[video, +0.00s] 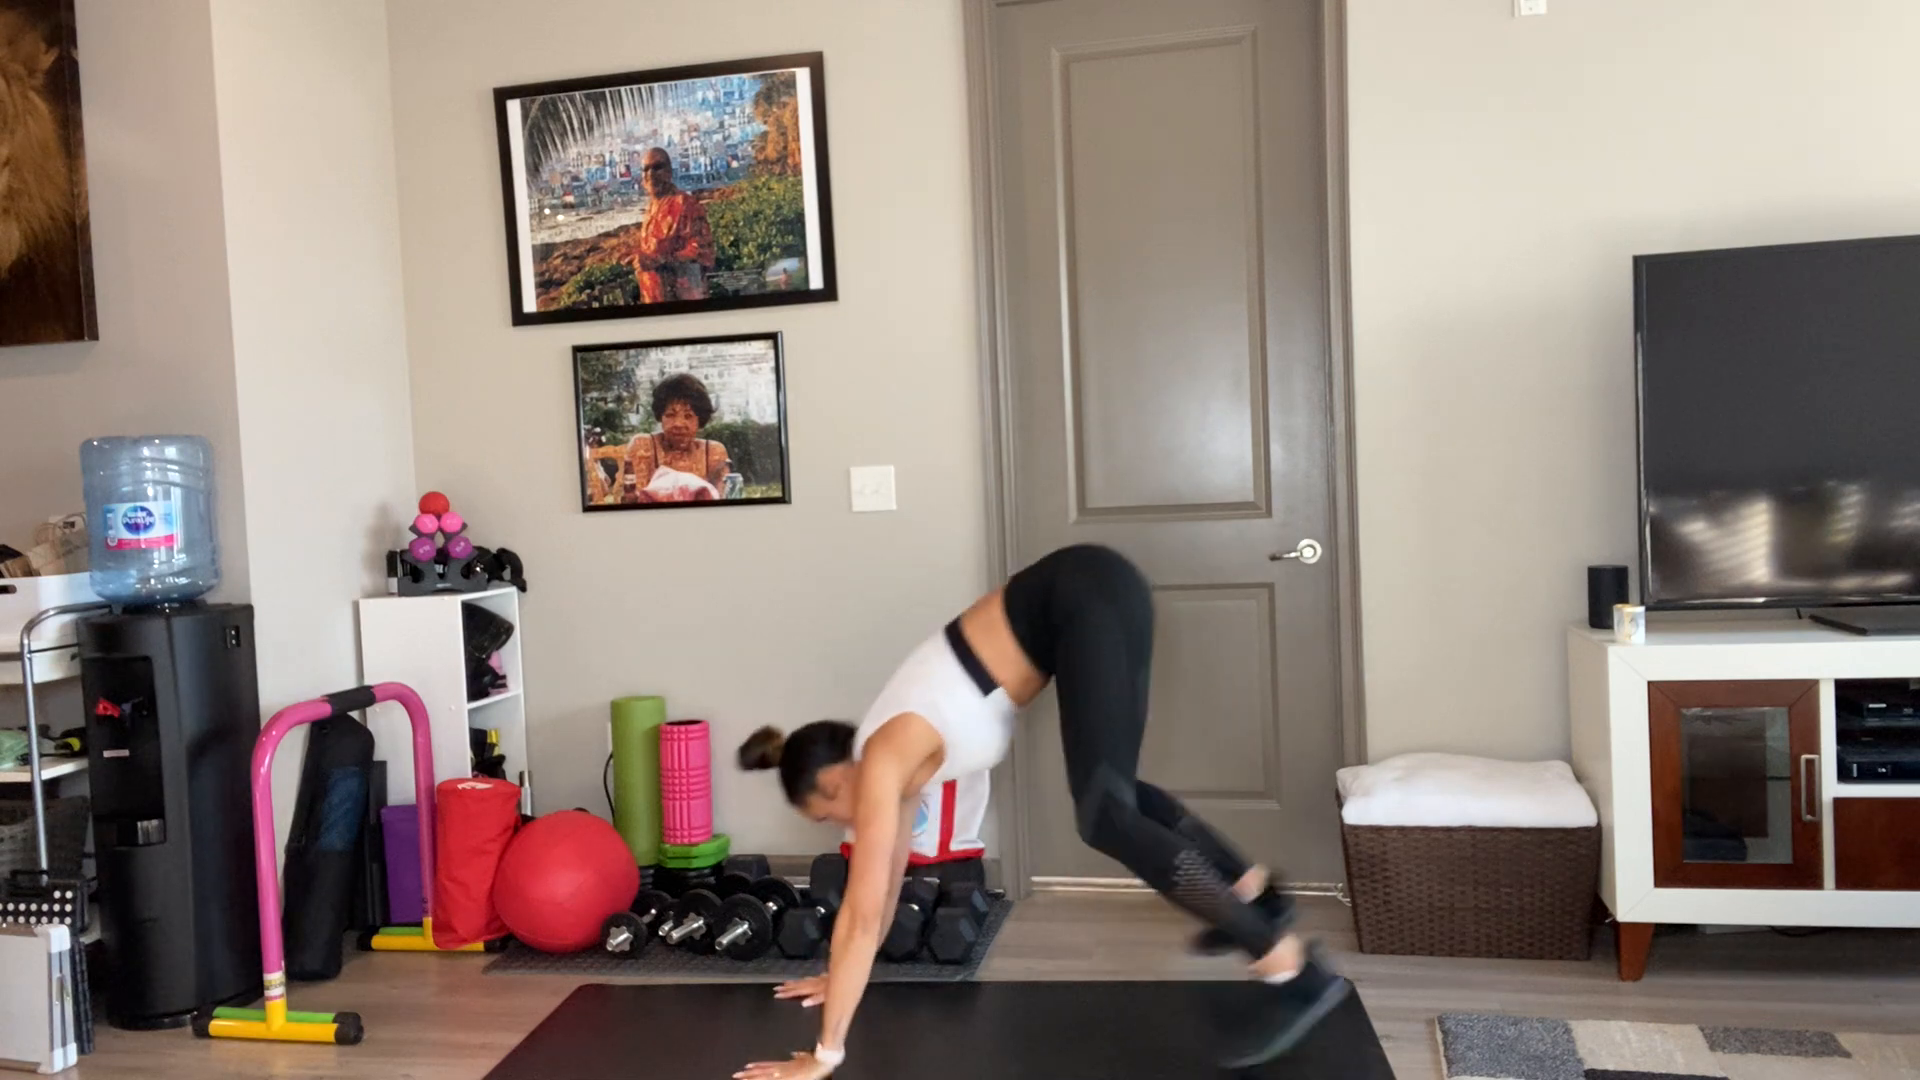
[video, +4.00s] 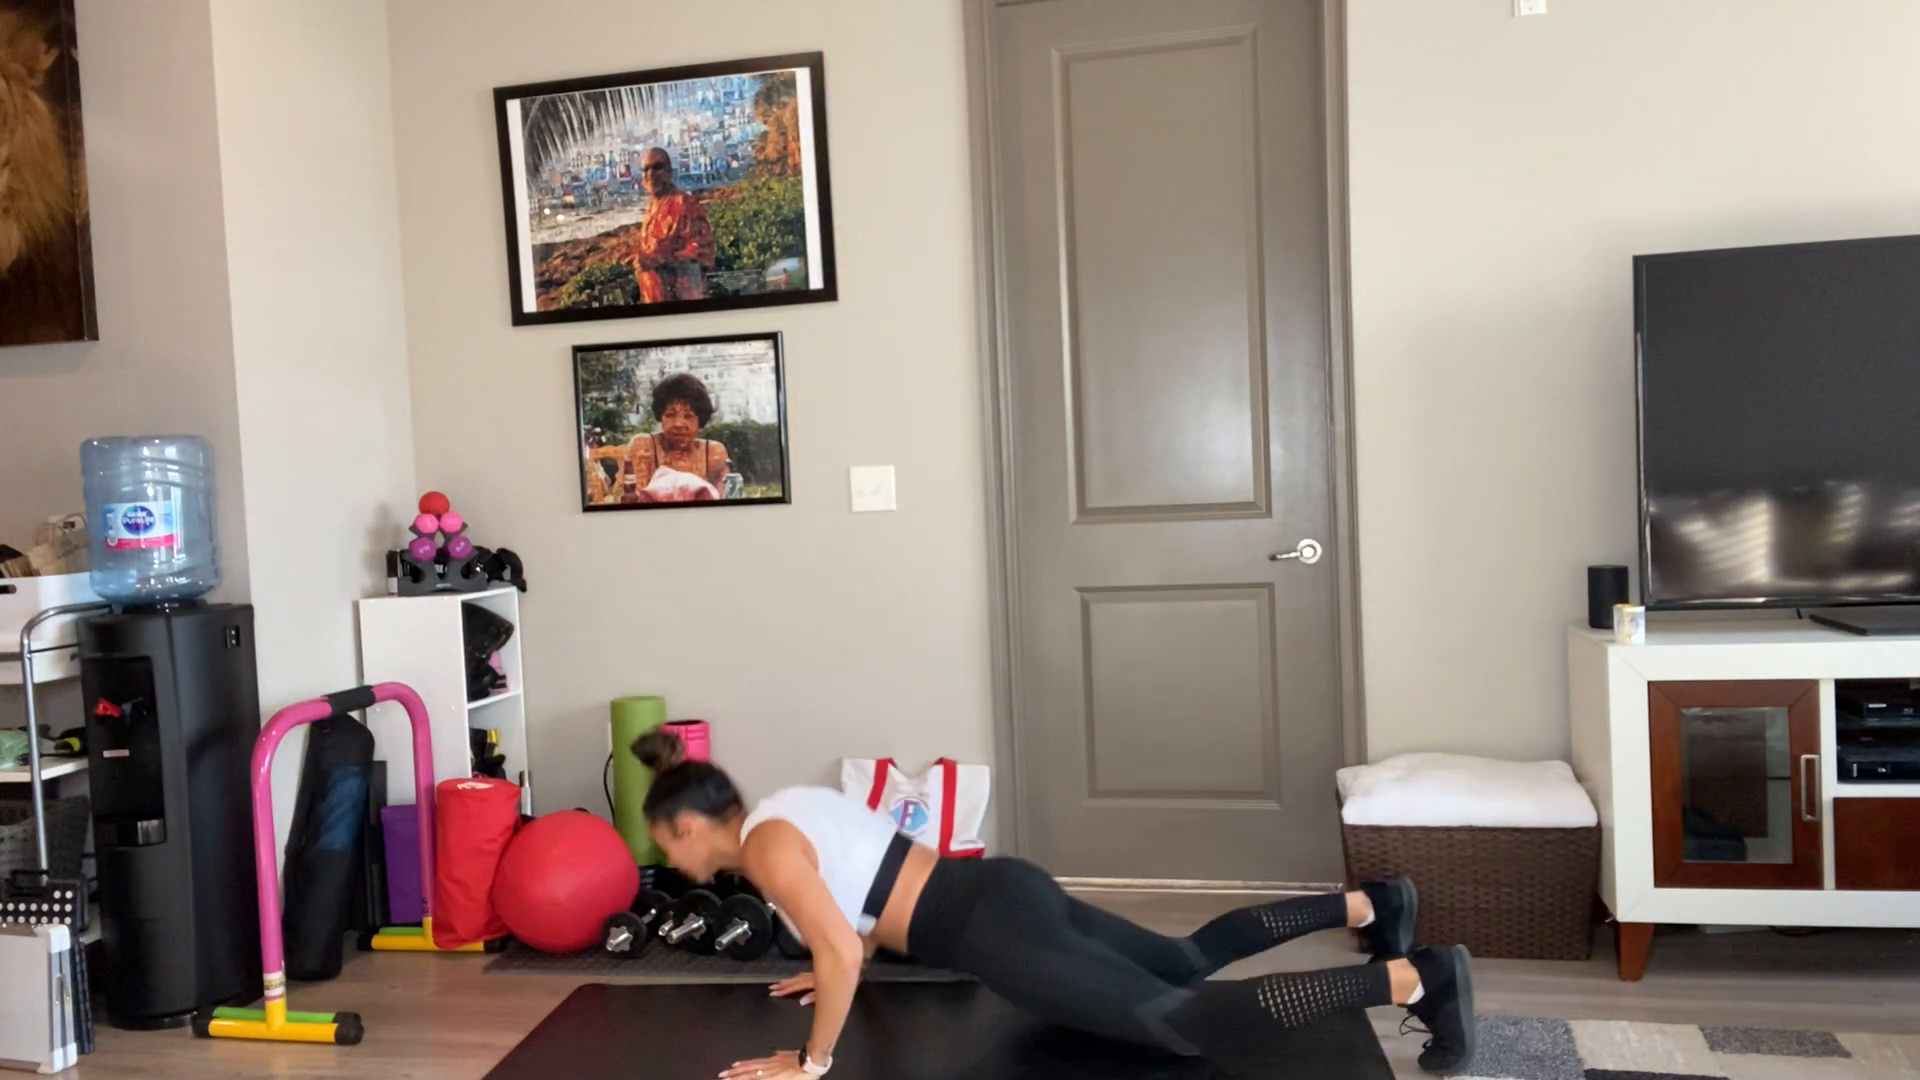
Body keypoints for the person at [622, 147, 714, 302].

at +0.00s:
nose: (650, 174)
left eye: (657, 167)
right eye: (645, 169)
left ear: (669, 171)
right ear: (642, 176)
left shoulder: (686, 204)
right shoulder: (653, 207)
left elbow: (702, 254)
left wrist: (657, 261)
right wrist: (638, 257)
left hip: (683, 297)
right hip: (655, 297)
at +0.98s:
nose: (650, 175)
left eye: (657, 167)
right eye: (646, 169)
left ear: (669, 172)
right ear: (642, 176)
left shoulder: (686, 204)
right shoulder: (654, 206)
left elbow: (702, 255)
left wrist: (657, 260)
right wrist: (638, 257)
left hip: (683, 297)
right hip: (655, 297)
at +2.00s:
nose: (650, 174)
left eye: (657, 167)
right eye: (645, 169)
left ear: (669, 171)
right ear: (642, 176)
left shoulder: (686, 204)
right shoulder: (654, 206)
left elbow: (702, 255)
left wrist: (656, 260)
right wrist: (638, 257)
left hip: (683, 297)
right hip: (655, 297)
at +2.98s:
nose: (650, 175)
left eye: (657, 168)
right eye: (645, 169)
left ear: (669, 172)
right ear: (642, 175)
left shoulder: (685, 204)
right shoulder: (654, 206)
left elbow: (703, 254)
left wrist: (657, 260)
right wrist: (639, 257)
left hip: (682, 297)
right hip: (655, 296)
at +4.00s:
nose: (650, 175)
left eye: (657, 167)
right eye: (645, 169)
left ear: (669, 172)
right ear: (642, 176)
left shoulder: (686, 204)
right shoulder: (654, 206)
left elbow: (703, 255)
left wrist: (657, 261)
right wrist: (638, 258)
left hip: (683, 297)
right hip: (655, 297)